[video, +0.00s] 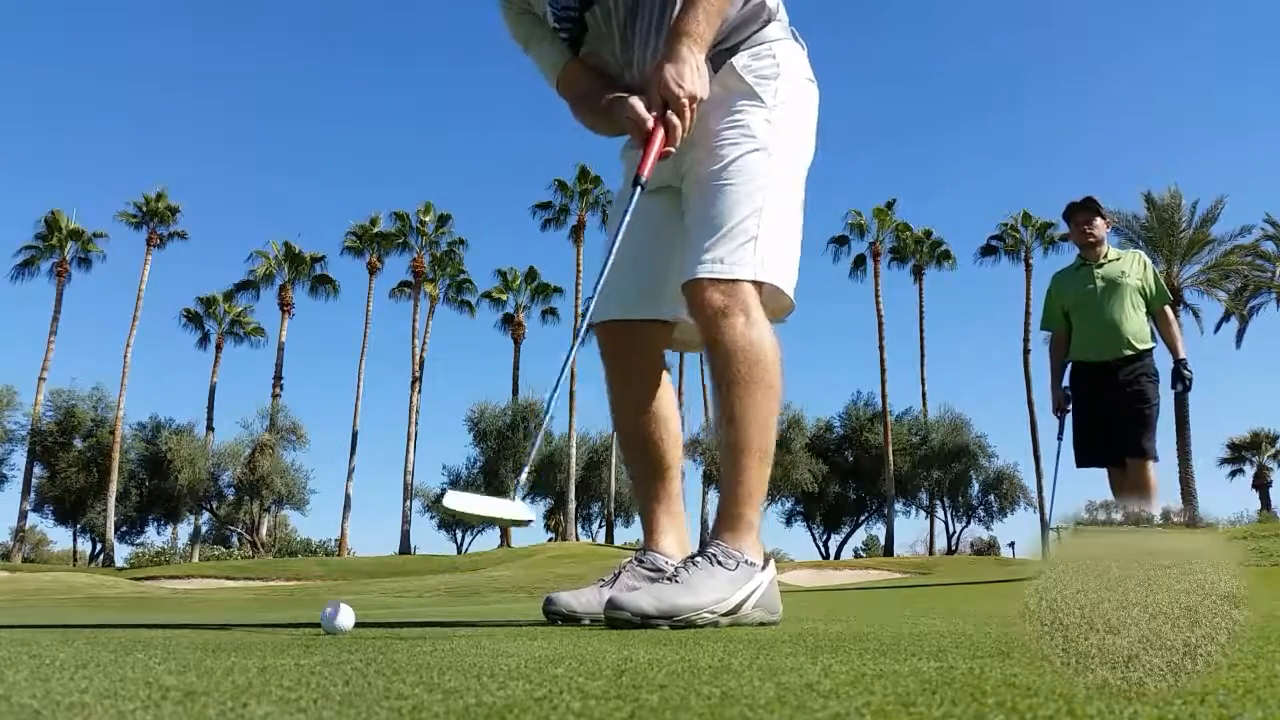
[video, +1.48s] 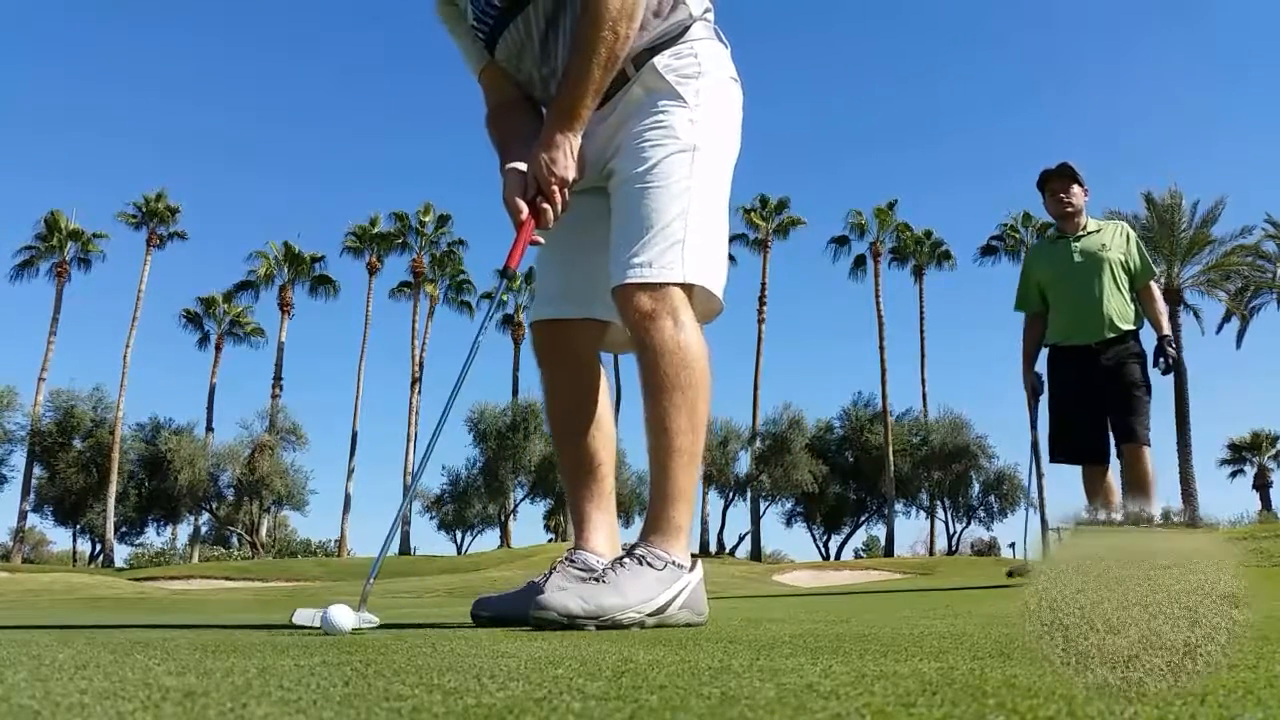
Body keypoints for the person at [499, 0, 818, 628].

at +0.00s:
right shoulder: (521, 8)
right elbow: (581, 87)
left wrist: (688, 40)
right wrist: (618, 110)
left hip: (744, 55)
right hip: (652, 107)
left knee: (722, 287)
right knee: (623, 323)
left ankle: (740, 558)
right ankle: (666, 558)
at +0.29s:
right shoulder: (511, 6)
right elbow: (554, 81)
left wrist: (654, 68)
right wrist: (583, 117)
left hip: (717, 71)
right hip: (616, 113)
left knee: (667, 276)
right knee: (613, 330)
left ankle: (677, 547)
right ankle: (661, 552)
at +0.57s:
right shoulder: (516, 6)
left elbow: (675, 5)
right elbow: (545, 69)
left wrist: (606, 106)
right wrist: (559, 128)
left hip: (704, 56)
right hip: (598, 98)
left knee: (669, 289)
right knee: (573, 323)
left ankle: (672, 559)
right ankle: (646, 543)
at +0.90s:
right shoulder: (491, 5)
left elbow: (647, 10)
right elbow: (530, 78)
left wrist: (585, 132)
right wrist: (545, 158)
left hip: (690, 58)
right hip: (588, 97)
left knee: (656, 292)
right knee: (570, 318)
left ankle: (672, 560)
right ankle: (593, 559)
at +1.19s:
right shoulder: (467, 6)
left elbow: (629, 7)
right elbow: (512, 89)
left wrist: (570, 127)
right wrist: (526, 157)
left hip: (672, 67)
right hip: (573, 112)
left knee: (651, 293)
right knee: (565, 325)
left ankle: (670, 560)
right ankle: (594, 560)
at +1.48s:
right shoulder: (455, 7)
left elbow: (618, 6)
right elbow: (503, 93)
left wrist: (562, 125)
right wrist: (517, 160)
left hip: (664, 65)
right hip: (567, 115)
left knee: (652, 291)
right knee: (559, 325)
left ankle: (670, 561)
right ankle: (595, 559)